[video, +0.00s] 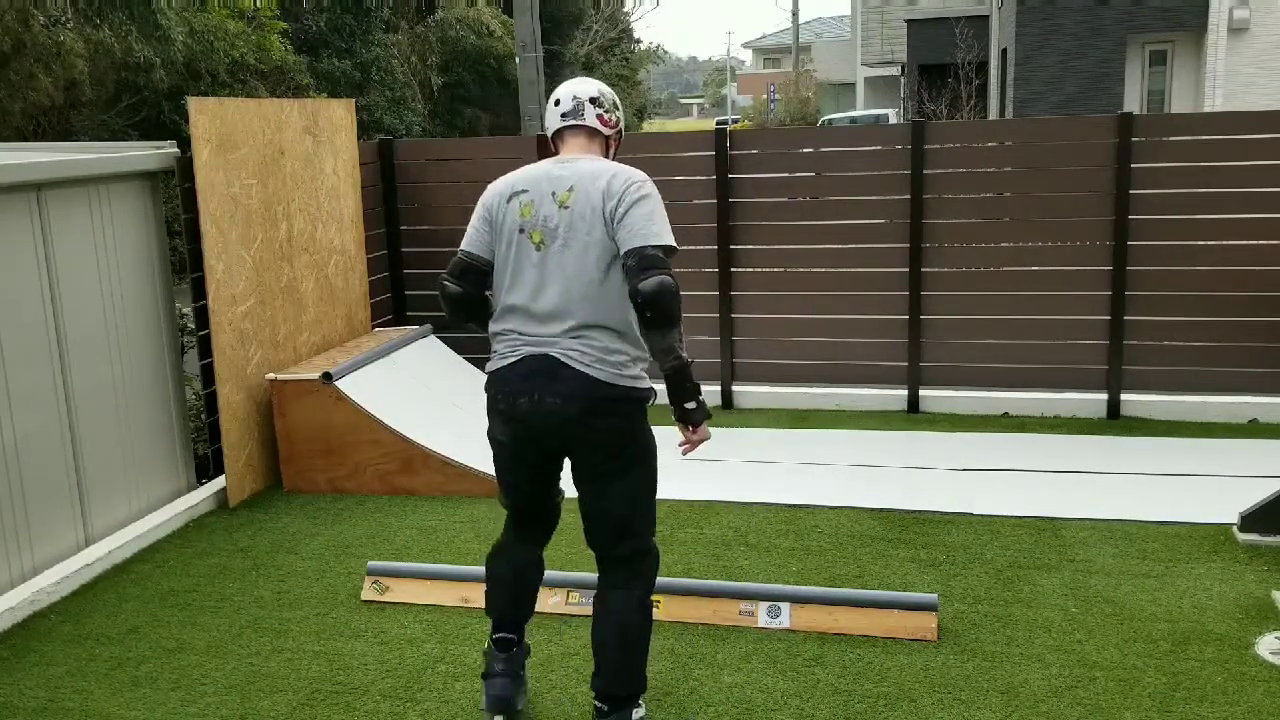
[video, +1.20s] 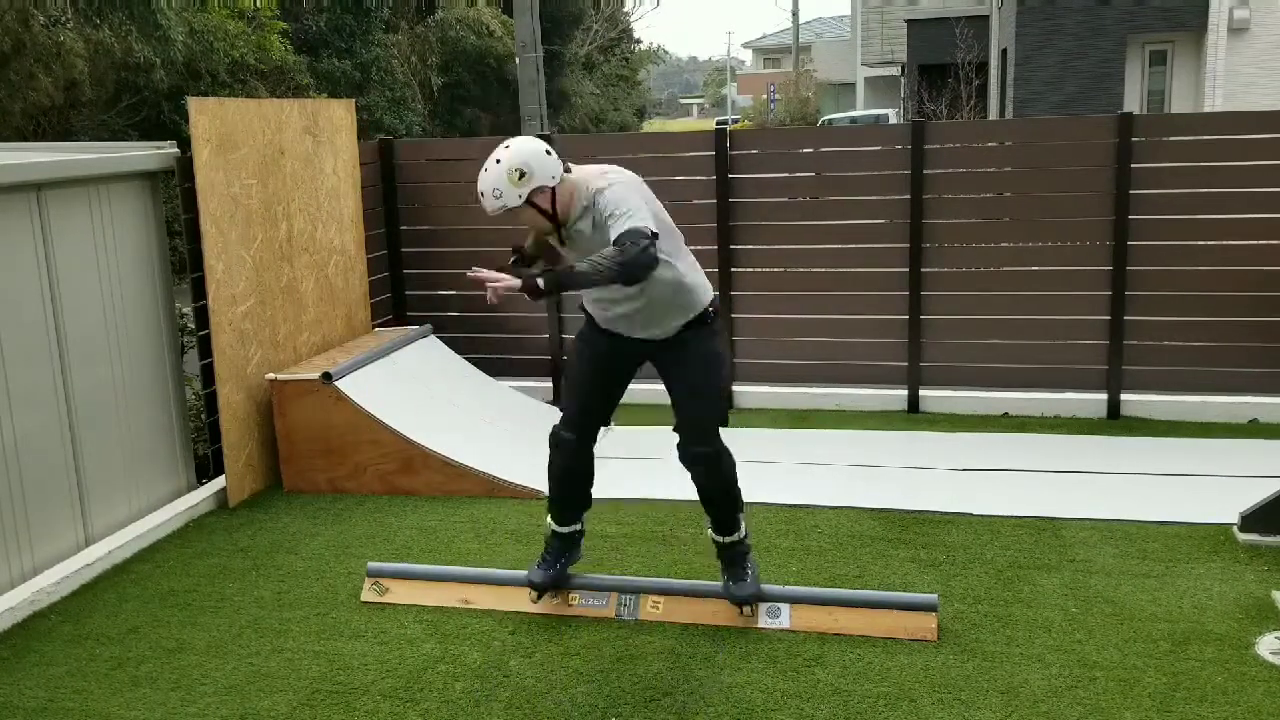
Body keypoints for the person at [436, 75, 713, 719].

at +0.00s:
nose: (616, 139)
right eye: (615, 130)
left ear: (549, 134)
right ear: (610, 129)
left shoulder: (502, 190)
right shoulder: (626, 184)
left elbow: (461, 294)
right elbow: (655, 292)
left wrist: (516, 340)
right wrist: (683, 387)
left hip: (514, 387)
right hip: (605, 390)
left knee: (525, 519)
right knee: (625, 554)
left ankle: (503, 668)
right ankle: (617, 705)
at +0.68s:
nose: (630, 218)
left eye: (625, 210)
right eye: (628, 211)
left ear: (570, 219)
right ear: (621, 212)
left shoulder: (536, 254)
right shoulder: (637, 251)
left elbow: (467, 322)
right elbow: (677, 346)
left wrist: (447, 389)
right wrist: (707, 403)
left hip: (517, 413)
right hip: (602, 412)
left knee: (552, 516)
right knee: (668, 505)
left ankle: (507, 656)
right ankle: (680, 651)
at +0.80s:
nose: (533, 179)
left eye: (527, 171)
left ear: (532, 167)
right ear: (585, 154)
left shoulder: (524, 204)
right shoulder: (635, 196)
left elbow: (470, 247)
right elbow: (700, 252)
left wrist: (399, 309)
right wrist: (702, 245)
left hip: (554, 381)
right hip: (639, 376)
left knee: (550, 514)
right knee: (671, 506)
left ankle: (512, 651)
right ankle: (680, 649)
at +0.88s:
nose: (508, 148)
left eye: (506, 139)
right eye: (507, 141)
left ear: (515, 131)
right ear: (565, 114)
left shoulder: (533, 157)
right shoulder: (626, 146)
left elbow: (496, 195)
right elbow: (693, 170)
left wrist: (407, 238)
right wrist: (685, 160)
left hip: (579, 338)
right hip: (655, 332)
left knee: (552, 486)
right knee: (651, 470)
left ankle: (535, 633)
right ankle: (682, 614)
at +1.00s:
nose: (502, 130)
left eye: (500, 121)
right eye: (496, 124)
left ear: (518, 109)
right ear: (546, 92)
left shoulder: (559, 131)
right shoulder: (611, 107)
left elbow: (500, 139)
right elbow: (660, 91)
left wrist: (412, 141)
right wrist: (653, 83)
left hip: (637, 301)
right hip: (632, 295)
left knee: (570, 439)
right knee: (565, 409)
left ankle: (673, 549)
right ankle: (646, 534)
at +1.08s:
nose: (513, 144)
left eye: (511, 134)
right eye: (505, 138)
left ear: (530, 118)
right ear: (548, 110)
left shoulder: (590, 134)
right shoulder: (583, 120)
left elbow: (556, 152)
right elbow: (621, 116)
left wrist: (450, 153)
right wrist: (629, 113)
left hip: (663, 302)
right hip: (606, 306)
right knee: (562, 415)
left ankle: (724, 534)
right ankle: (598, 525)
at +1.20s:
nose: (521, 221)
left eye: (521, 211)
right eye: (515, 214)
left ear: (543, 193)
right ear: (543, 191)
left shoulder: (615, 191)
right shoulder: (551, 209)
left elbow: (637, 261)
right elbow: (543, 241)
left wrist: (542, 285)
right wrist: (523, 266)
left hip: (684, 322)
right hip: (610, 323)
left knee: (701, 446)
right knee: (570, 437)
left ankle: (734, 554)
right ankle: (562, 546)